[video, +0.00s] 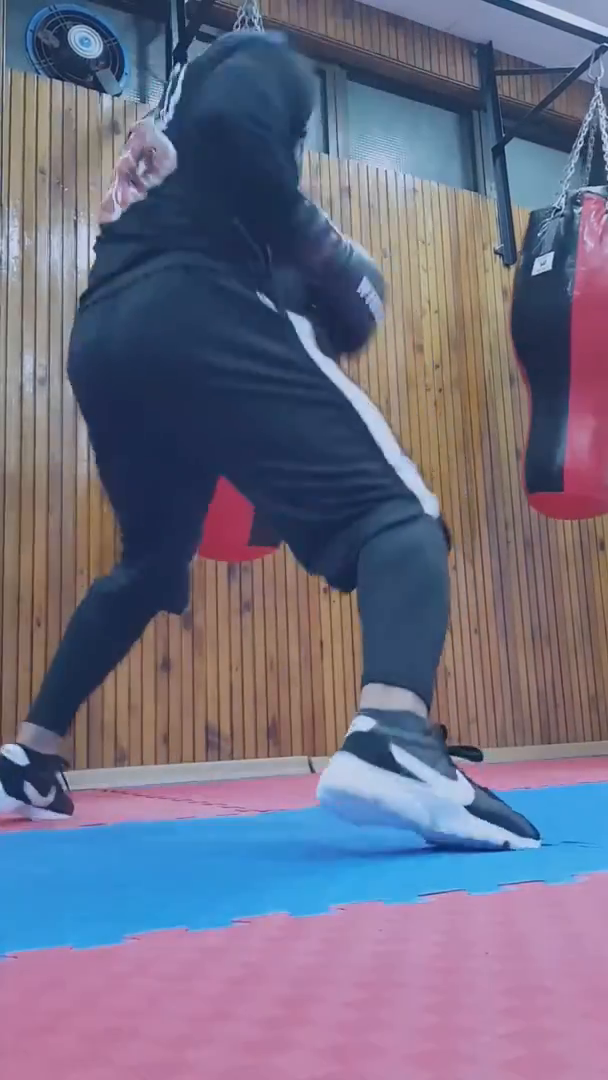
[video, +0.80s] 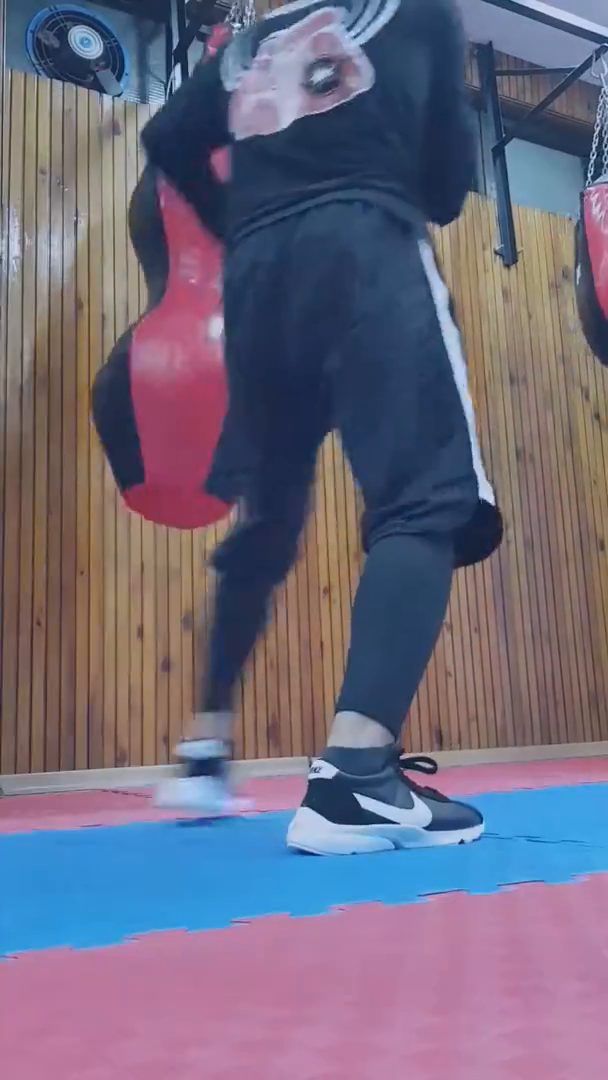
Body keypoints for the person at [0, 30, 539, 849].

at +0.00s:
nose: (306, 94)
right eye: (304, 79)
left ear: (219, 51)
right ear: (279, 46)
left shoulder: (166, 129)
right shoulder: (265, 55)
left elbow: (219, 251)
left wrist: (321, 298)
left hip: (98, 338)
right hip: (192, 306)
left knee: (148, 567)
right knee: (398, 517)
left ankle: (31, 755)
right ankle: (393, 730)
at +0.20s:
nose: (45, 73)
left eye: (47, 59)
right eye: (50, 61)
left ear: (59, 53)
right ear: (116, 63)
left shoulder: (69, 82)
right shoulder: (172, 142)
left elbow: (60, 195)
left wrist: (14, 235)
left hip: (118, 322)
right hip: (226, 325)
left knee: (30, 549)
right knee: (274, 542)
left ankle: (12, 761)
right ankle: (442, 656)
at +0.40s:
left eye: (65, 79)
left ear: (69, 90)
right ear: (150, 84)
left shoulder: (42, 128)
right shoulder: (214, 131)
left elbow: (15, 271)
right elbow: (285, 278)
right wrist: (193, 278)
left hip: (121, 350)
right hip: (241, 346)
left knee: (44, 564)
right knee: (320, 551)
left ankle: (15, 764)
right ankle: (364, 689)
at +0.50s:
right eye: (207, 29)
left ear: (114, 50)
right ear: (197, 37)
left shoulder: (71, 112)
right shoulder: (244, 94)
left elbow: (36, 262)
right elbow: (318, 245)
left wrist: (105, 176)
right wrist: (229, 186)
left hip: (130, 342)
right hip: (248, 326)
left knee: (78, 557)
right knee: (357, 535)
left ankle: (19, 765)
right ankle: (382, 716)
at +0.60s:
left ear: (160, 18)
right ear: (246, 7)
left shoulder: (125, 87)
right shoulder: (297, 49)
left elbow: (87, 241)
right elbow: (361, 213)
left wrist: (179, 193)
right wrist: (276, 155)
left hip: (163, 314)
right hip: (279, 292)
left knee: (124, 548)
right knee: (387, 523)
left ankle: (27, 767)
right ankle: (348, 763)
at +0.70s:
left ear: (229, 2)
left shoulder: (194, 65)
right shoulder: (358, 20)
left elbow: (136, 209)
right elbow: (404, 201)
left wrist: (204, 273)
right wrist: (314, 143)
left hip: (215, 289)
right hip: (324, 267)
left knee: (185, 545)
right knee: (410, 517)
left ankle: (77, 755)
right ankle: (353, 772)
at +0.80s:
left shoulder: (243, 40)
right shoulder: (423, 13)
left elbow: (166, 132)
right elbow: (446, 173)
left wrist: (239, 228)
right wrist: (409, 209)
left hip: (260, 258)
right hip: (368, 242)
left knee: (265, 514)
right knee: (421, 504)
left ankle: (208, 743)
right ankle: (355, 769)